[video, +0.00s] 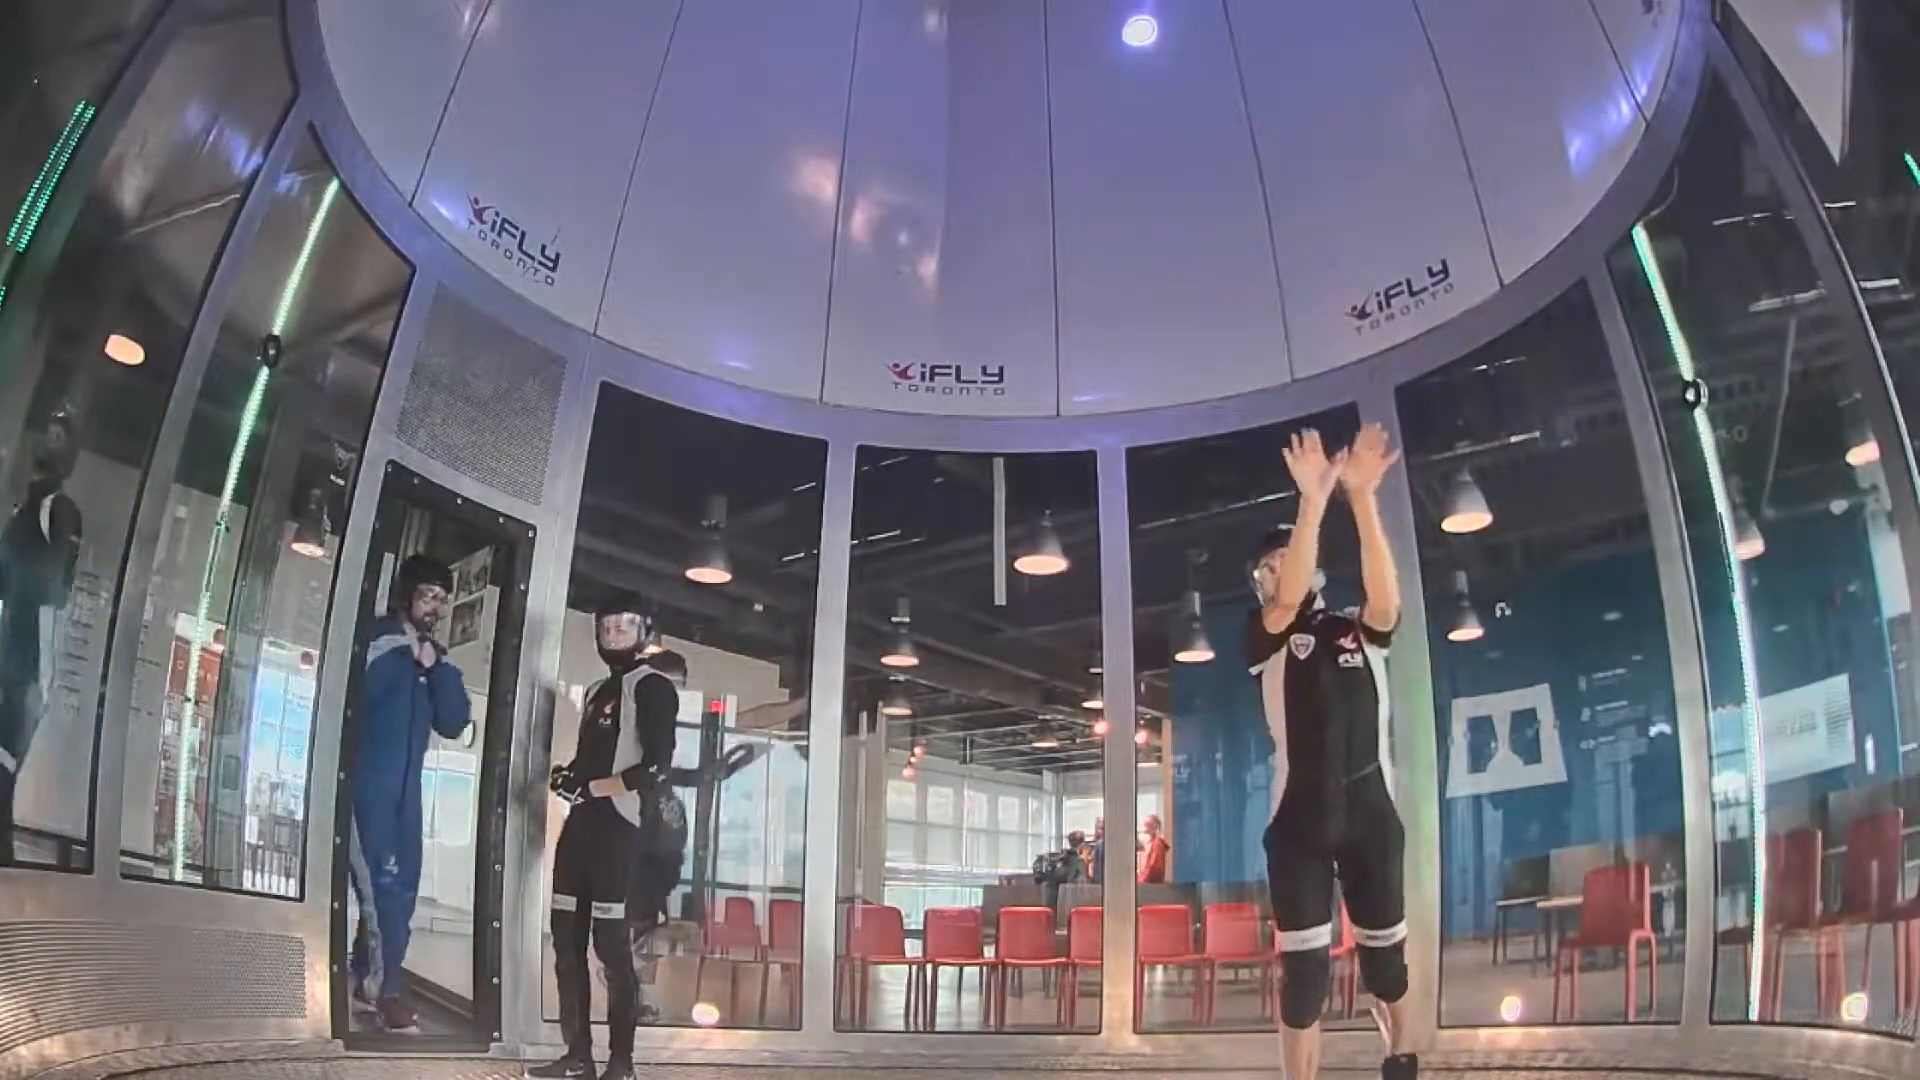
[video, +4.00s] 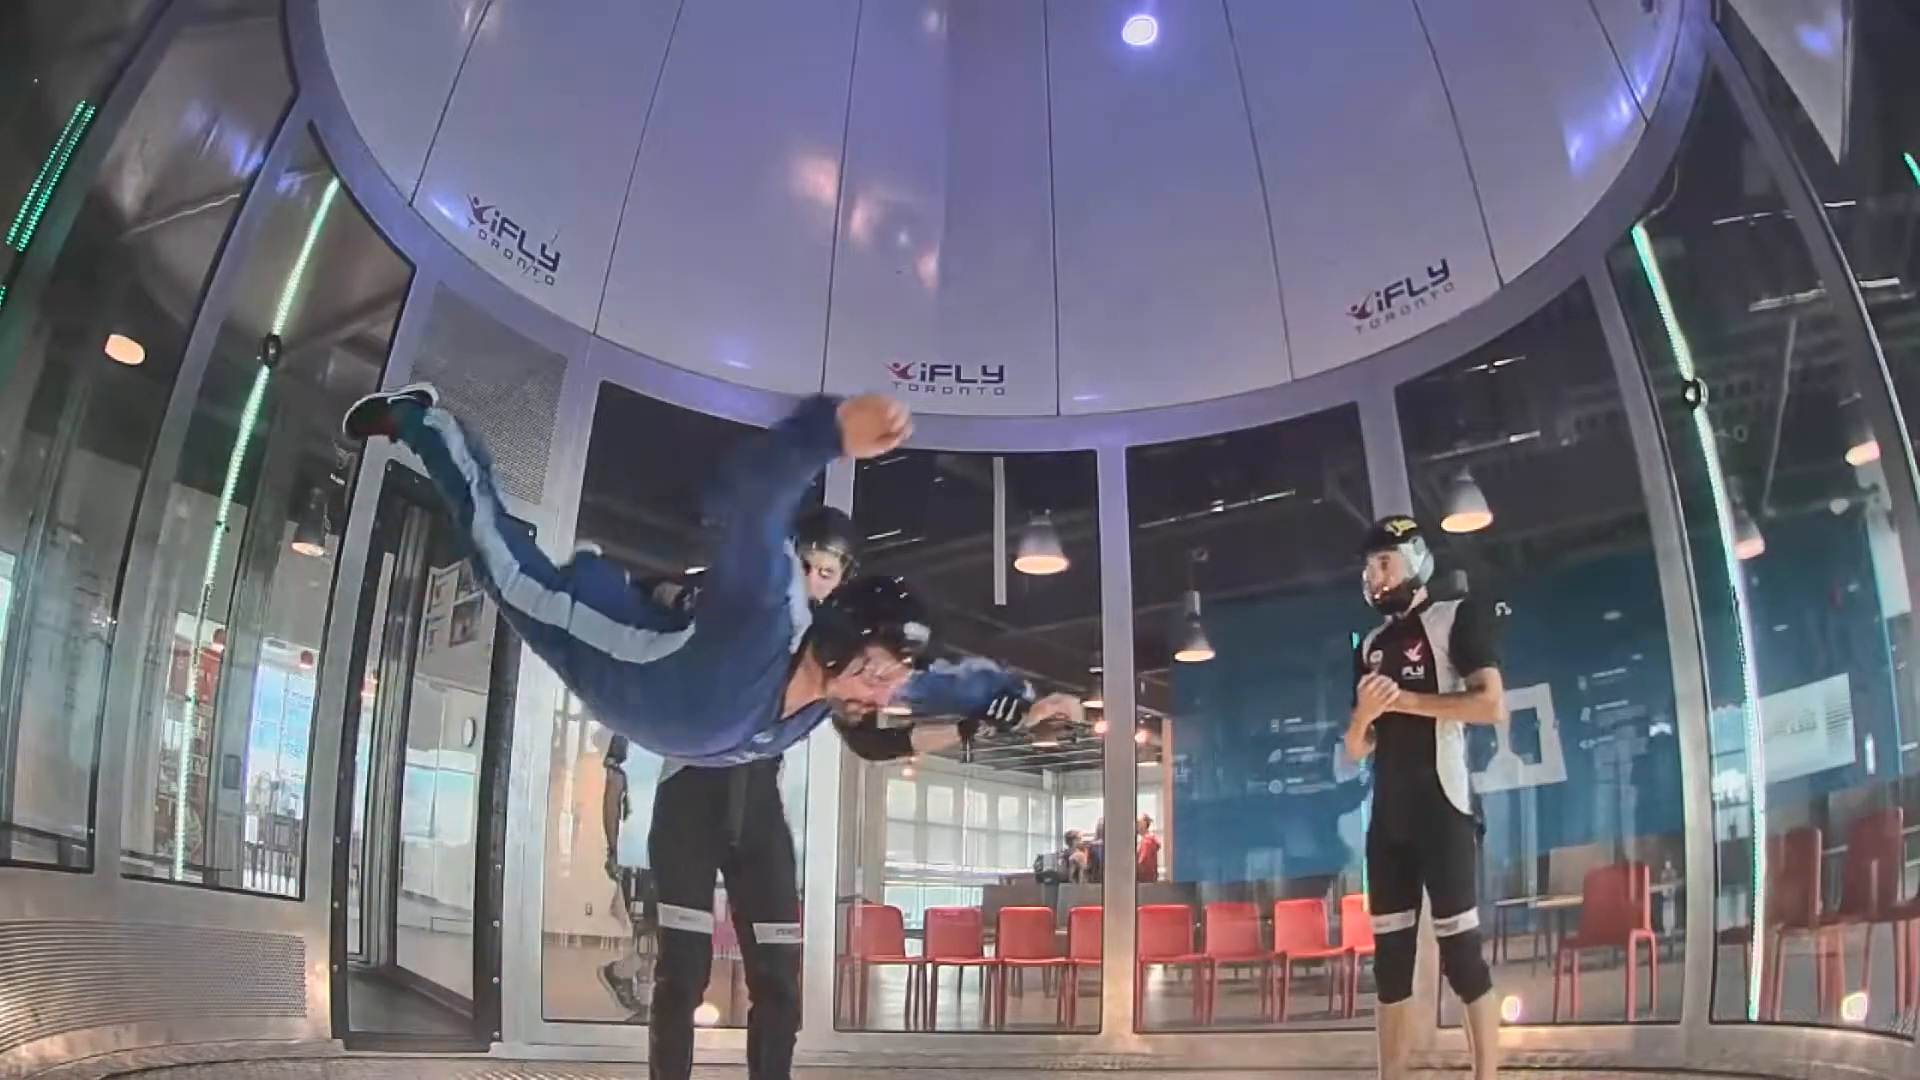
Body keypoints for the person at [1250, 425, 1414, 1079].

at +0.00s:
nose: (1279, 571)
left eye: (1286, 560)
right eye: (1268, 566)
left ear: (1308, 569)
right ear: (1258, 587)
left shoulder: (1360, 631)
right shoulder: (1264, 641)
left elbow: (1385, 595)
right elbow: (1291, 592)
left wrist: (1361, 495)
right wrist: (1314, 495)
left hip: (1372, 820)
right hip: (1300, 827)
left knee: (1386, 970)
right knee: (1305, 979)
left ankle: (1400, 1058)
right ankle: (1299, 1076)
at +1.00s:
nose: (1384, 566)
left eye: (1395, 553)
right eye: (1380, 555)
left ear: (1429, 551)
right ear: (1379, 559)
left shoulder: (1477, 611)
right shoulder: (1381, 634)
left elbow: (1514, 708)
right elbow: (1367, 731)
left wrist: (1428, 722)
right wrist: (1388, 747)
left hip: (1471, 802)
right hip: (1411, 803)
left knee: (1477, 958)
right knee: (1378, 948)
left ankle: (1491, 1077)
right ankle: (1345, 1076)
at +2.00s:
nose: (1368, 575)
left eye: (1377, 563)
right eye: (1365, 565)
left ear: (1410, 561)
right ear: (1368, 571)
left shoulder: (1456, 615)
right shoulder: (1376, 642)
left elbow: (1490, 705)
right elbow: (1368, 749)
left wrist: (1403, 701)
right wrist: (1364, 720)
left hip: (1455, 803)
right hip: (1399, 807)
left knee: (1465, 946)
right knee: (1400, 951)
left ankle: (1487, 1075)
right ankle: (1394, 1076)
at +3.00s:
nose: (1380, 588)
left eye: (1389, 575)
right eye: (1373, 579)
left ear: (1420, 570)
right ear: (1369, 584)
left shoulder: (1462, 617)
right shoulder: (1380, 648)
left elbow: (1498, 704)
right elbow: (1369, 749)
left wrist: (1413, 702)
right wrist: (1372, 717)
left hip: (1457, 804)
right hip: (1401, 807)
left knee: (1464, 948)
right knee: (1399, 952)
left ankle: (1487, 1075)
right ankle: (1393, 1076)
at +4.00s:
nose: (1375, 573)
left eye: (1386, 560)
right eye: (1369, 564)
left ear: (1419, 562)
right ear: (1366, 574)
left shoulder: (1459, 616)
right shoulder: (1369, 646)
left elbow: (1491, 707)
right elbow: (1352, 754)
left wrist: (1402, 700)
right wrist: (1361, 717)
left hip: (1447, 807)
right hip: (1388, 810)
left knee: (1459, 951)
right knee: (1391, 957)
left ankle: (1486, 1075)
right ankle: (1392, 1077)